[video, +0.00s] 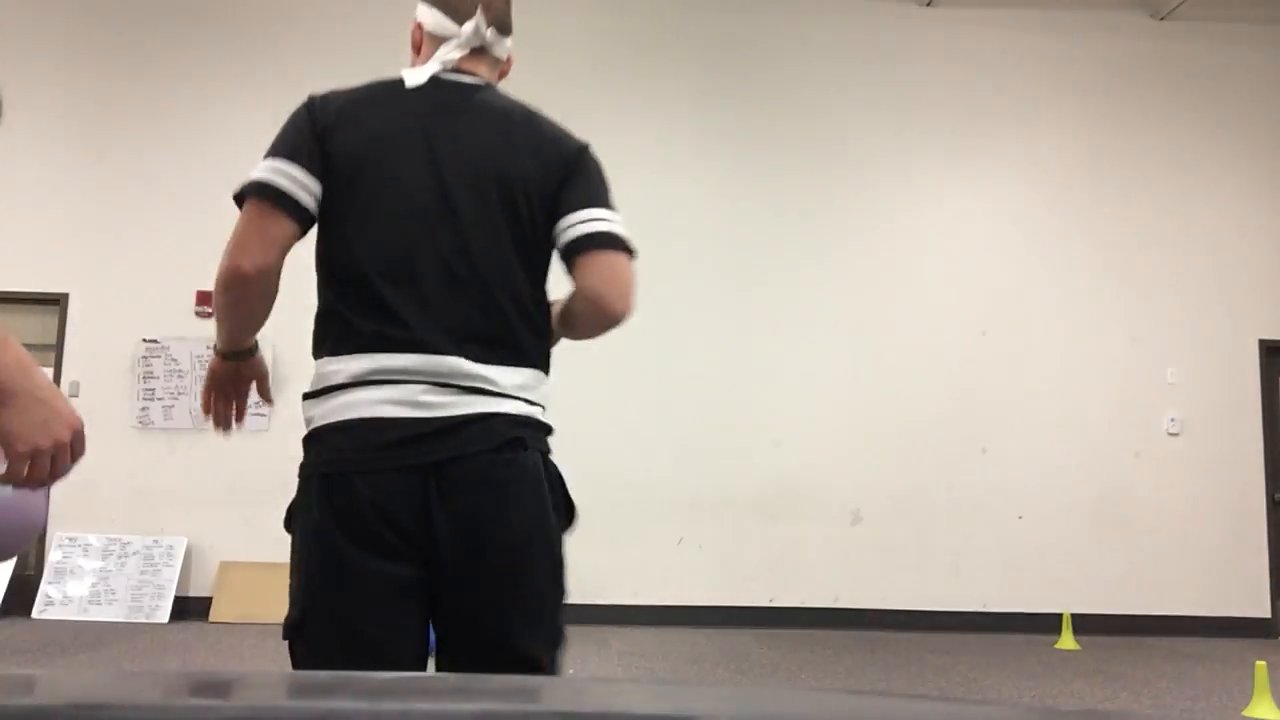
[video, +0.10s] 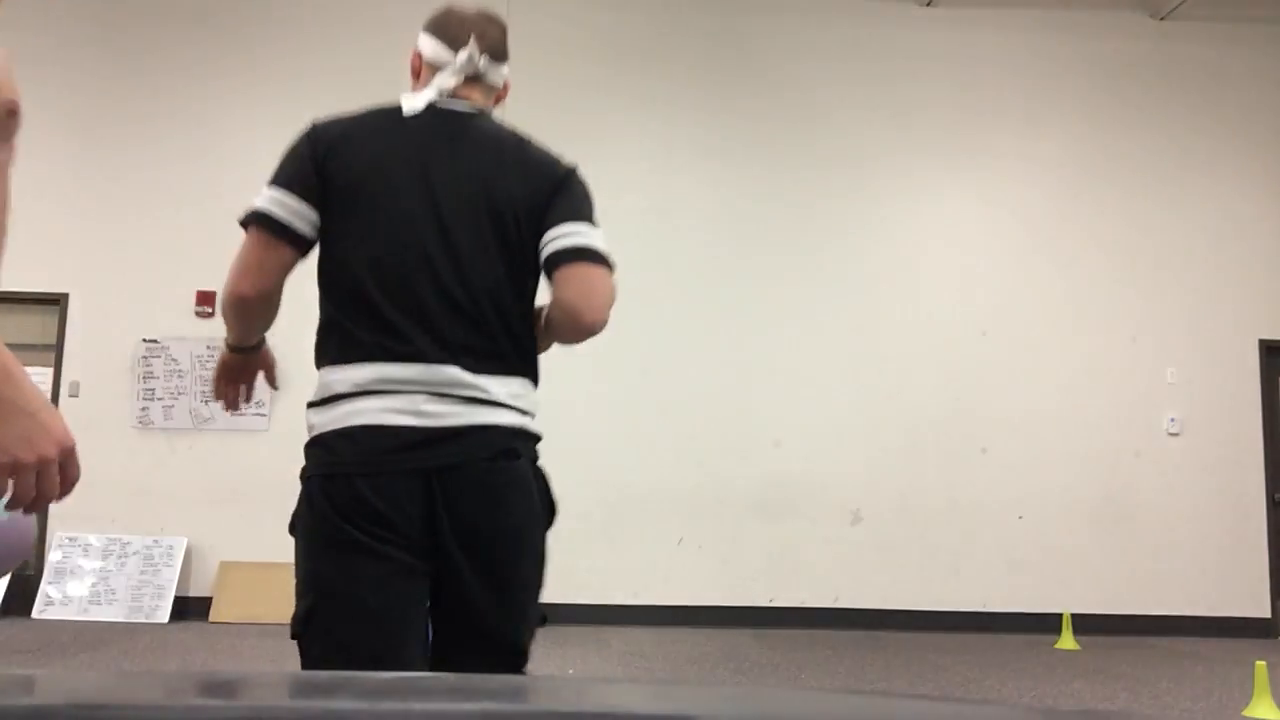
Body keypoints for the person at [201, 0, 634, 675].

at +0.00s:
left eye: (416, 33)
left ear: (416, 38)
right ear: (507, 64)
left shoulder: (330, 117)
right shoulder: (556, 148)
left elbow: (248, 264)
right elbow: (610, 298)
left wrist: (235, 352)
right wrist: (543, 323)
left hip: (354, 462)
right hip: (501, 465)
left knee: (350, 705)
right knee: (507, 703)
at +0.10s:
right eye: (495, 82)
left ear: (414, 67)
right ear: (502, 92)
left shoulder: (332, 144)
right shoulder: (546, 173)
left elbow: (248, 288)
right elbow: (587, 310)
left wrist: (243, 347)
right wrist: (538, 327)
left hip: (357, 466)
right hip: (494, 472)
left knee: (356, 697)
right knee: (483, 697)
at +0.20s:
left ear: (416, 101)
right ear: (501, 122)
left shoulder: (338, 175)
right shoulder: (539, 205)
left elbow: (258, 310)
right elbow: (578, 332)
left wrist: (258, 364)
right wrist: (534, 341)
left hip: (358, 481)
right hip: (485, 490)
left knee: (354, 702)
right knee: (470, 703)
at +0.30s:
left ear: (425, 125)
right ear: (505, 143)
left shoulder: (352, 195)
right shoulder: (539, 231)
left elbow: (278, 322)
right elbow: (576, 359)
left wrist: (267, 399)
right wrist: (535, 354)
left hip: (362, 487)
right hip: (479, 499)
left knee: (352, 698)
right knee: (451, 699)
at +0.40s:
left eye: (430, 133)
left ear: (429, 137)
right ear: (508, 154)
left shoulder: (365, 200)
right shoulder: (536, 245)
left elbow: (307, 321)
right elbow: (572, 375)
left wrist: (266, 427)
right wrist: (518, 357)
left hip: (366, 486)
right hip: (478, 494)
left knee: (342, 683)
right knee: (455, 687)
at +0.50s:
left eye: (427, 142)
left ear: (428, 146)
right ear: (504, 162)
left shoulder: (370, 205)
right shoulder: (530, 249)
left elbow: (319, 313)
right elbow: (561, 380)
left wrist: (263, 425)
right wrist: (503, 351)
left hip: (365, 485)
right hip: (475, 490)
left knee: (329, 676)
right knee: (456, 685)